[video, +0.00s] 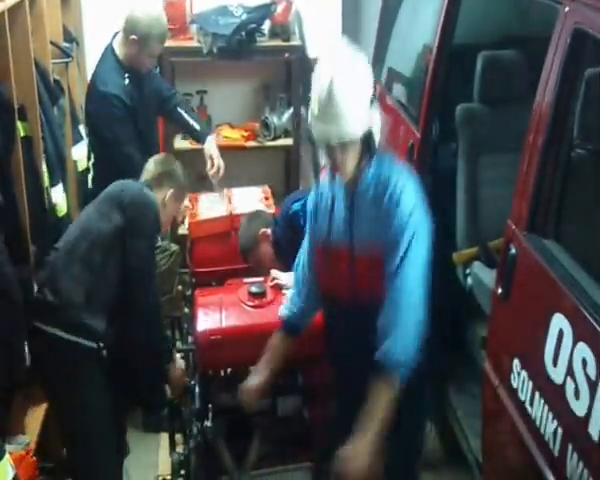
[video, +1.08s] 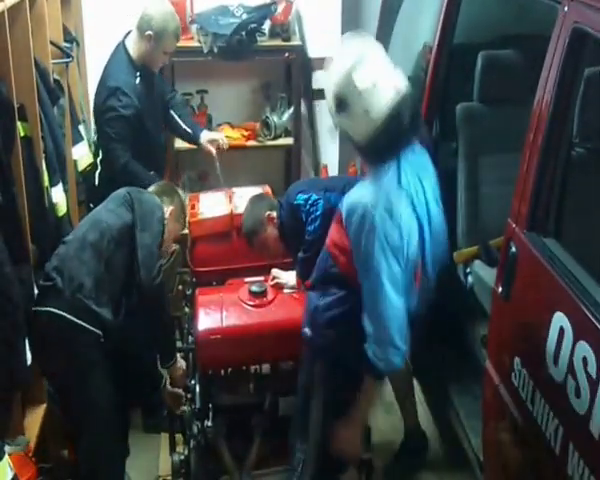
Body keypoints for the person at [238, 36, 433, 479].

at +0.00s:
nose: (334, 152)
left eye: (343, 139)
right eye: (326, 139)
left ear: (367, 130)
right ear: (317, 135)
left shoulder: (399, 191)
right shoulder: (325, 190)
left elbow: (406, 312)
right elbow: (304, 290)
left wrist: (367, 433)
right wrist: (264, 368)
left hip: (395, 348)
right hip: (345, 351)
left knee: (394, 464)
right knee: (339, 455)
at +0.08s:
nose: (340, 141)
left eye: (348, 128)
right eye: (331, 129)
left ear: (373, 115)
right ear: (320, 124)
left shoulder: (410, 174)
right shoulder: (327, 183)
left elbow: (422, 292)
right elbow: (310, 284)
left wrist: (402, 415)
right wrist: (283, 367)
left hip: (398, 352)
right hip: (341, 355)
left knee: (388, 462)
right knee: (336, 457)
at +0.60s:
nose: (324, 143)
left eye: (329, 130)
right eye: (319, 131)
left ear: (358, 119)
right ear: (319, 125)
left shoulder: (415, 177)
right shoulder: (344, 170)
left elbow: (424, 318)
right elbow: (326, 275)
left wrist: (365, 410)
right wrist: (285, 350)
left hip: (402, 359)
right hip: (353, 352)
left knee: (386, 468)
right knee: (332, 457)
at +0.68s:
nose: (305, 140)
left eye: (315, 124)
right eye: (303, 126)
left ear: (351, 120)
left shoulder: (398, 205)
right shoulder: (344, 190)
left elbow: (390, 358)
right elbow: (316, 290)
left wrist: (312, 425)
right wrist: (266, 358)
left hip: (415, 371)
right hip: (370, 357)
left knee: (399, 470)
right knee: (344, 469)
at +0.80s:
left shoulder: (388, 234)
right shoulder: (351, 215)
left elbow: (359, 379)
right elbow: (323, 301)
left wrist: (284, 441)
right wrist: (271, 361)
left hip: (407, 402)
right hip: (370, 385)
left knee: (382, 470)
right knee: (339, 467)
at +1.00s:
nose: (335, 119)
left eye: (338, 110)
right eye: (337, 108)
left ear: (350, 120)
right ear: (396, 99)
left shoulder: (373, 198)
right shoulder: (410, 149)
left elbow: (382, 336)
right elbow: (428, 232)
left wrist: (345, 417)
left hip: (352, 331)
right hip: (403, 291)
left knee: (332, 434)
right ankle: (414, 435)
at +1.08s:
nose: (339, 123)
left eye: (341, 112)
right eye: (341, 111)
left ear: (352, 122)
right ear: (398, 101)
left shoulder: (373, 204)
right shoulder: (413, 156)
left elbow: (387, 338)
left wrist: (357, 419)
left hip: (344, 338)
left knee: (322, 438)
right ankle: (414, 436)